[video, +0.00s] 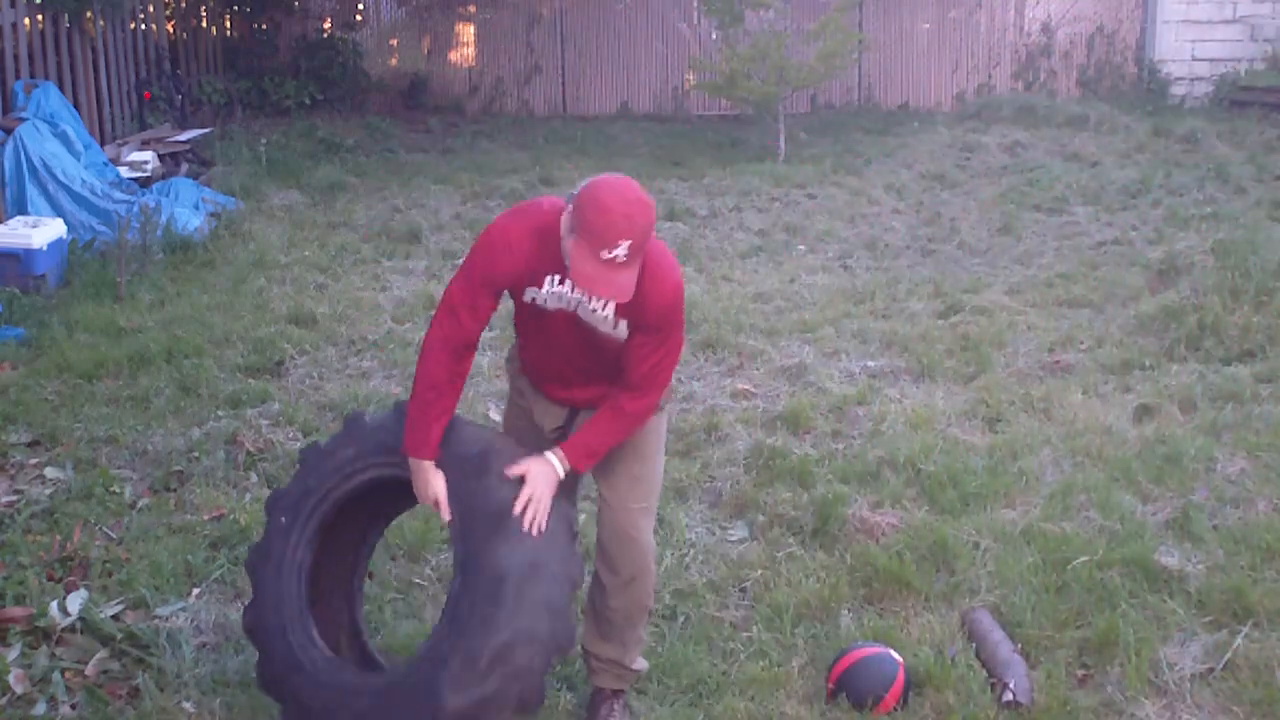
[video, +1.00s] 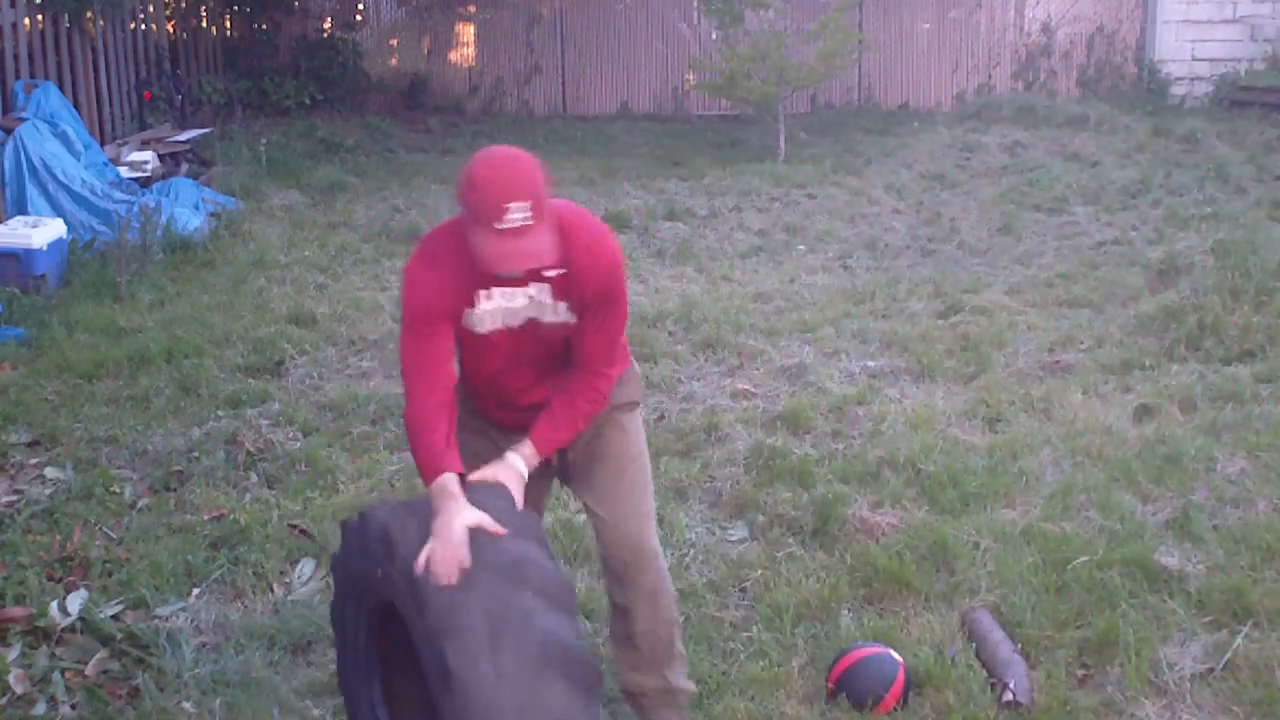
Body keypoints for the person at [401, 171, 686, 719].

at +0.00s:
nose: (600, 284)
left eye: (615, 274)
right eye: (591, 271)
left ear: (641, 249)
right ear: (566, 230)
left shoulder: (660, 282)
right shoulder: (515, 237)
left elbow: (639, 395)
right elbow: (452, 333)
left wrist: (561, 460)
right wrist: (421, 452)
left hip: (628, 402)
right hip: (537, 390)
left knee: (628, 540)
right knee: (513, 529)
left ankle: (611, 686)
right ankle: (500, 667)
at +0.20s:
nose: (602, 281)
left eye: (617, 272)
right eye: (593, 266)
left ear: (642, 246)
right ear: (566, 226)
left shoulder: (659, 277)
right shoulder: (512, 232)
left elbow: (631, 393)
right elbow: (424, 331)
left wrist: (552, 452)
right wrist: (406, 439)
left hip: (623, 403)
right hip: (530, 391)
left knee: (626, 542)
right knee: (522, 536)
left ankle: (612, 686)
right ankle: (511, 675)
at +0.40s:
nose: (569, 276)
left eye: (583, 266)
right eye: (558, 261)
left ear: (606, 238)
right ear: (531, 224)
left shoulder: (629, 267)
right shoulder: (485, 226)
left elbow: (618, 408)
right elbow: (396, 306)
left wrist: (552, 512)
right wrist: (366, 401)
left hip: (609, 401)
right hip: (517, 389)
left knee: (614, 547)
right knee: (513, 538)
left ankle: (610, 686)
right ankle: (505, 683)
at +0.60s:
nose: (506, 282)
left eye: (521, 270)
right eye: (493, 269)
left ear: (547, 242)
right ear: (471, 238)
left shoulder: (584, 275)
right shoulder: (441, 246)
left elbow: (588, 420)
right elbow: (373, 346)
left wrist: (553, 546)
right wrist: (353, 438)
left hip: (591, 410)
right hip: (494, 400)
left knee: (595, 556)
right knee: (465, 543)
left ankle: (605, 690)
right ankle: (470, 677)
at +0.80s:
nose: (462, 277)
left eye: (475, 262)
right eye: (449, 265)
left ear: (506, 226)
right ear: (424, 236)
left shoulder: (562, 258)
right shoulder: (410, 255)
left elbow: (609, 384)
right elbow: (385, 373)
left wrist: (541, 457)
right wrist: (413, 457)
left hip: (585, 411)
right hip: (483, 412)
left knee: (605, 546)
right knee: (459, 548)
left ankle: (615, 678)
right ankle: (462, 683)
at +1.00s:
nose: (513, 259)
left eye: (525, 244)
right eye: (499, 247)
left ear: (545, 217)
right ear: (468, 227)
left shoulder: (592, 250)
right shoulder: (433, 267)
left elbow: (595, 371)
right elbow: (426, 390)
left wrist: (524, 457)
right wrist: (445, 495)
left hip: (594, 404)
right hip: (490, 415)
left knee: (635, 552)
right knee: (480, 569)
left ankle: (663, 705)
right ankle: (484, 705)